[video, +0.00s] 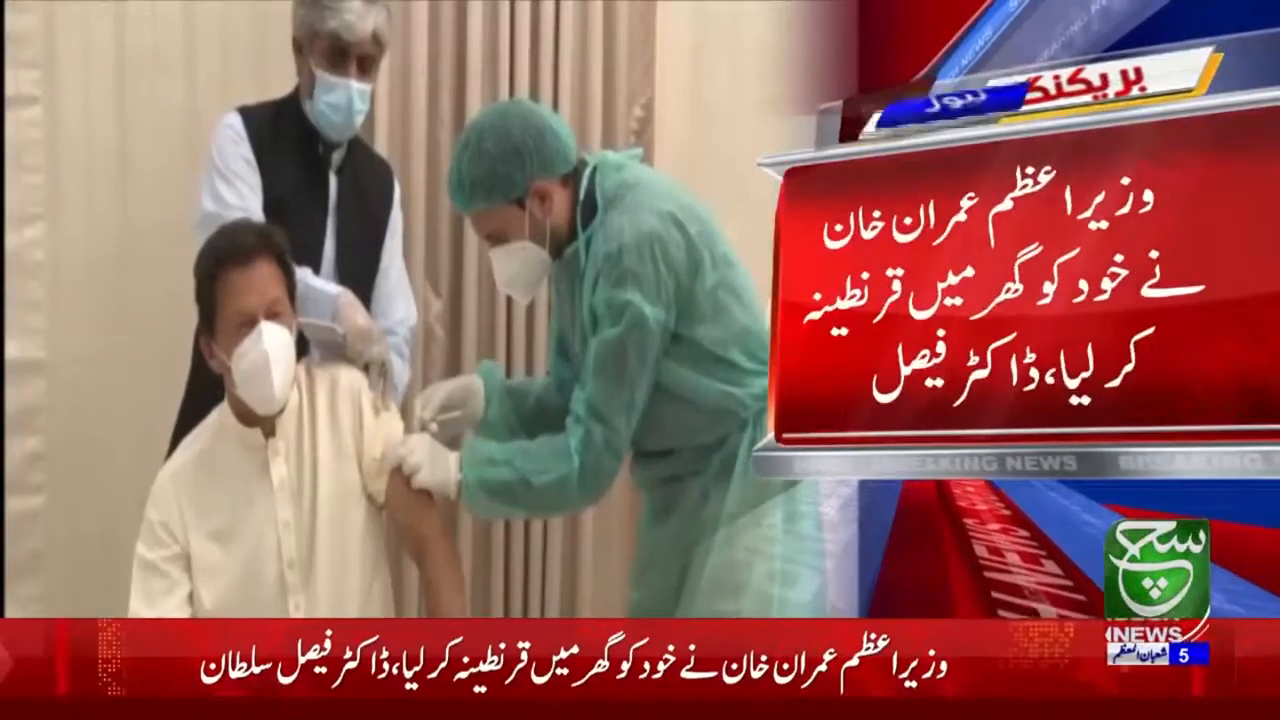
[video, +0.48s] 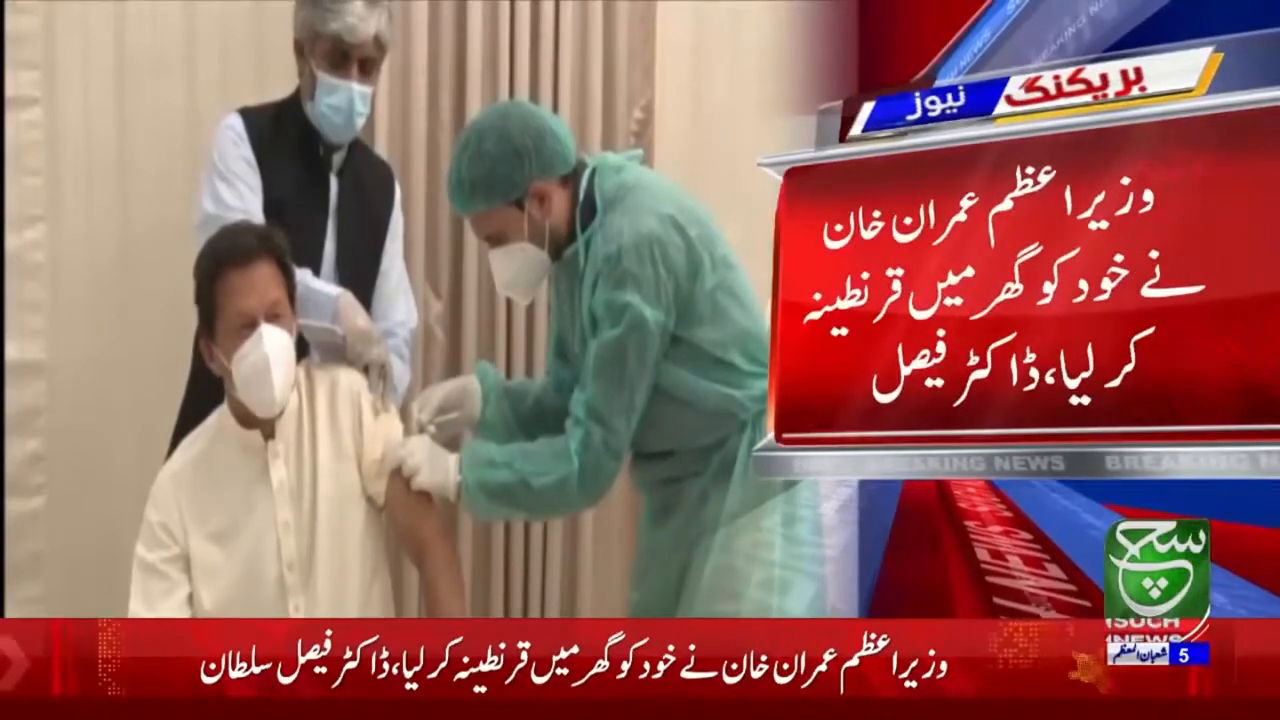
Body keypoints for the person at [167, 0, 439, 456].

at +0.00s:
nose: (351, 82)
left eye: (365, 66)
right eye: (335, 62)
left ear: (379, 67)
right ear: (300, 53)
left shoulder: (379, 178)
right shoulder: (244, 134)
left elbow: (396, 315)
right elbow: (234, 259)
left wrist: (377, 404)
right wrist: (335, 305)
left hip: (337, 406)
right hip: (240, 390)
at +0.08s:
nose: (351, 82)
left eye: (366, 67)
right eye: (336, 62)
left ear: (380, 68)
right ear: (300, 53)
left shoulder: (379, 179)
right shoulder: (244, 134)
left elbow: (396, 315)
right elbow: (234, 259)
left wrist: (377, 400)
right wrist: (335, 306)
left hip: (337, 406)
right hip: (241, 390)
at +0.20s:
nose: (352, 83)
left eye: (366, 67)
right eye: (336, 62)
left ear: (381, 68)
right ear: (301, 53)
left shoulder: (379, 179)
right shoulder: (244, 135)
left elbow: (396, 315)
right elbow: (235, 260)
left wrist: (378, 401)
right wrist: (335, 306)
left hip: (337, 406)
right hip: (240, 390)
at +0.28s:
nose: (352, 83)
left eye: (366, 67)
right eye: (337, 62)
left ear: (381, 68)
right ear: (301, 53)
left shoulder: (379, 179)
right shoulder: (244, 135)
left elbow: (396, 316)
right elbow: (235, 260)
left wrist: (378, 400)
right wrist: (335, 306)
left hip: (337, 406)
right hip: (241, 390)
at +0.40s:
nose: (352, 84)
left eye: (367, 67)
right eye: (337, 63)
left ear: (381, 68)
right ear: (301, 53)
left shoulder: (379, 179)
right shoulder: (245, 135)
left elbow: (396, 316)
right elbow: (234, 260)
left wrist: (378, 400)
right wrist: (335, 306)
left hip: (337, 406)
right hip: (240, 390)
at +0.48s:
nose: (352, 83)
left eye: (367, 67)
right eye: (336, 62)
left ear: (381, 68)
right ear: (302, 53)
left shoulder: (380, 180)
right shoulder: (245, 136)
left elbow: (396, 316)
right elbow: (234, 260)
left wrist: (376, 405)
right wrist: (336, 306)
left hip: (336, 406)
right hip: (240, 390)